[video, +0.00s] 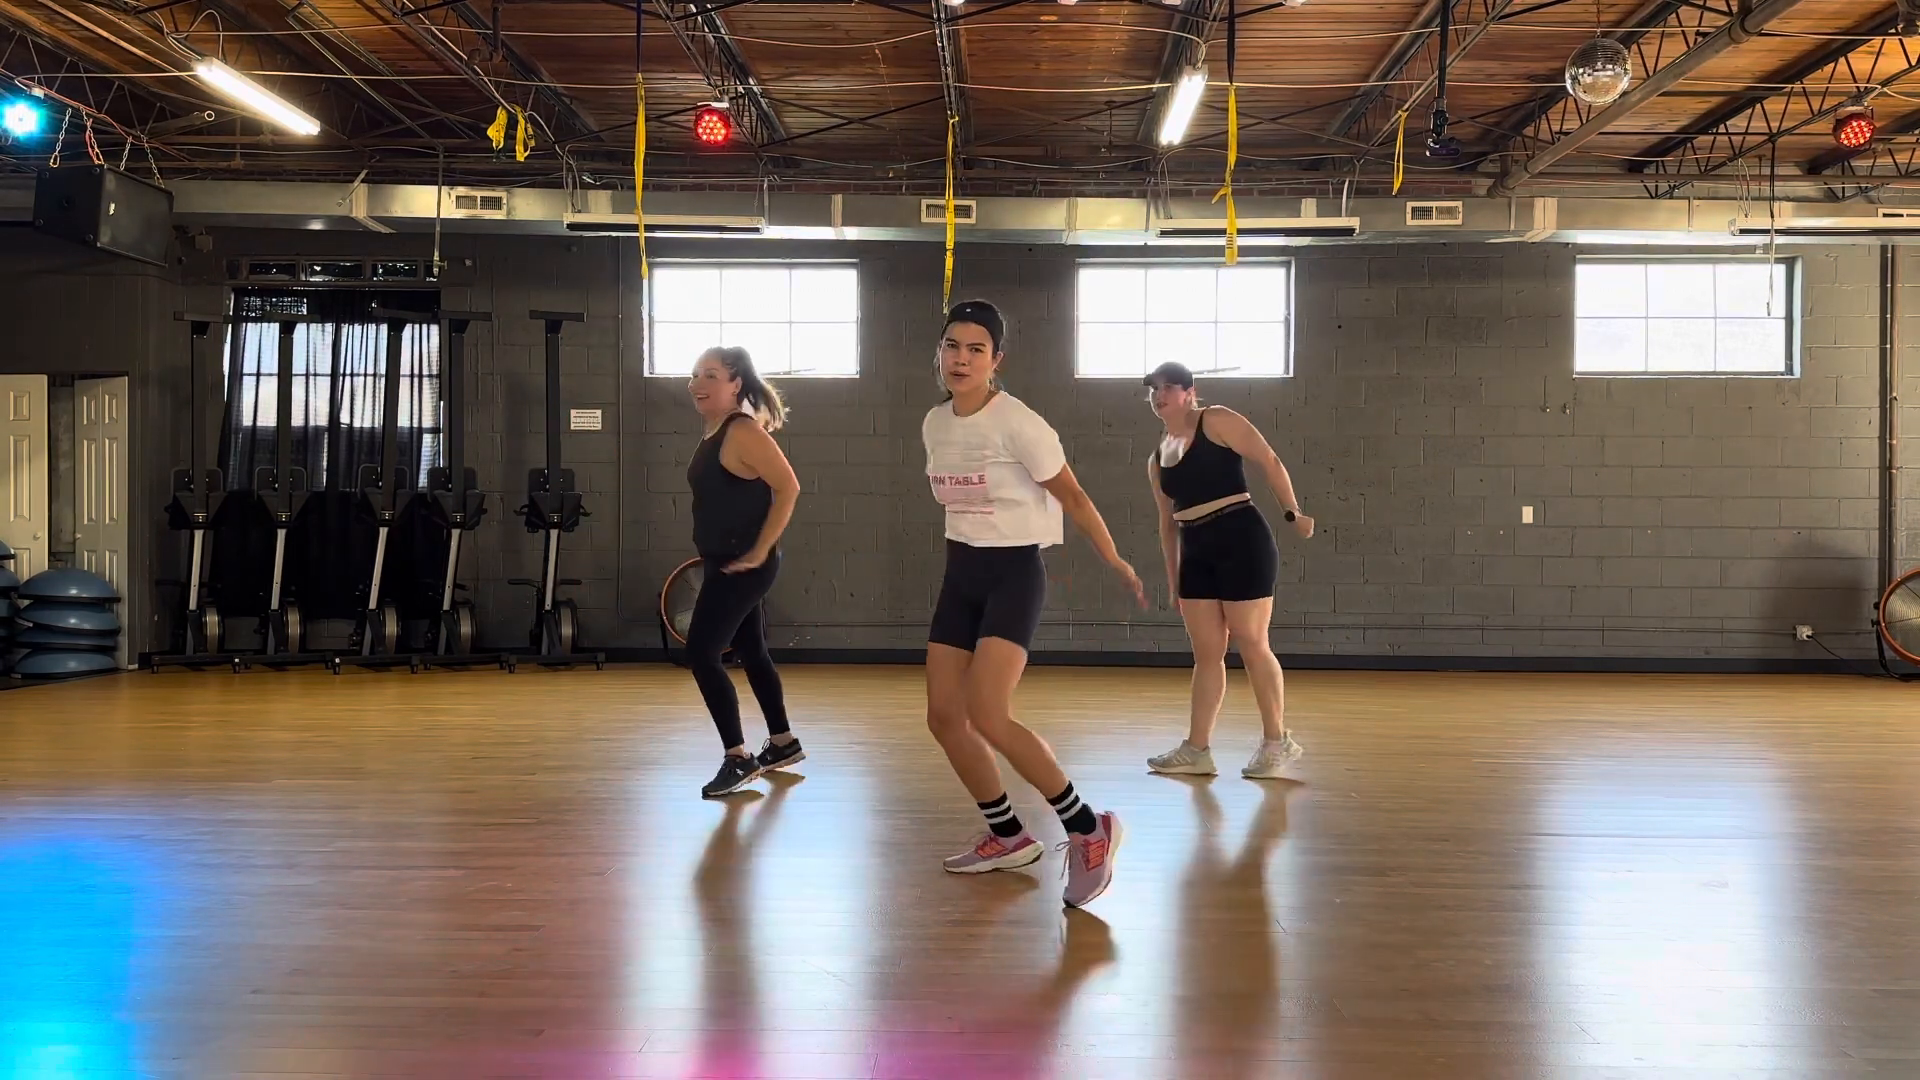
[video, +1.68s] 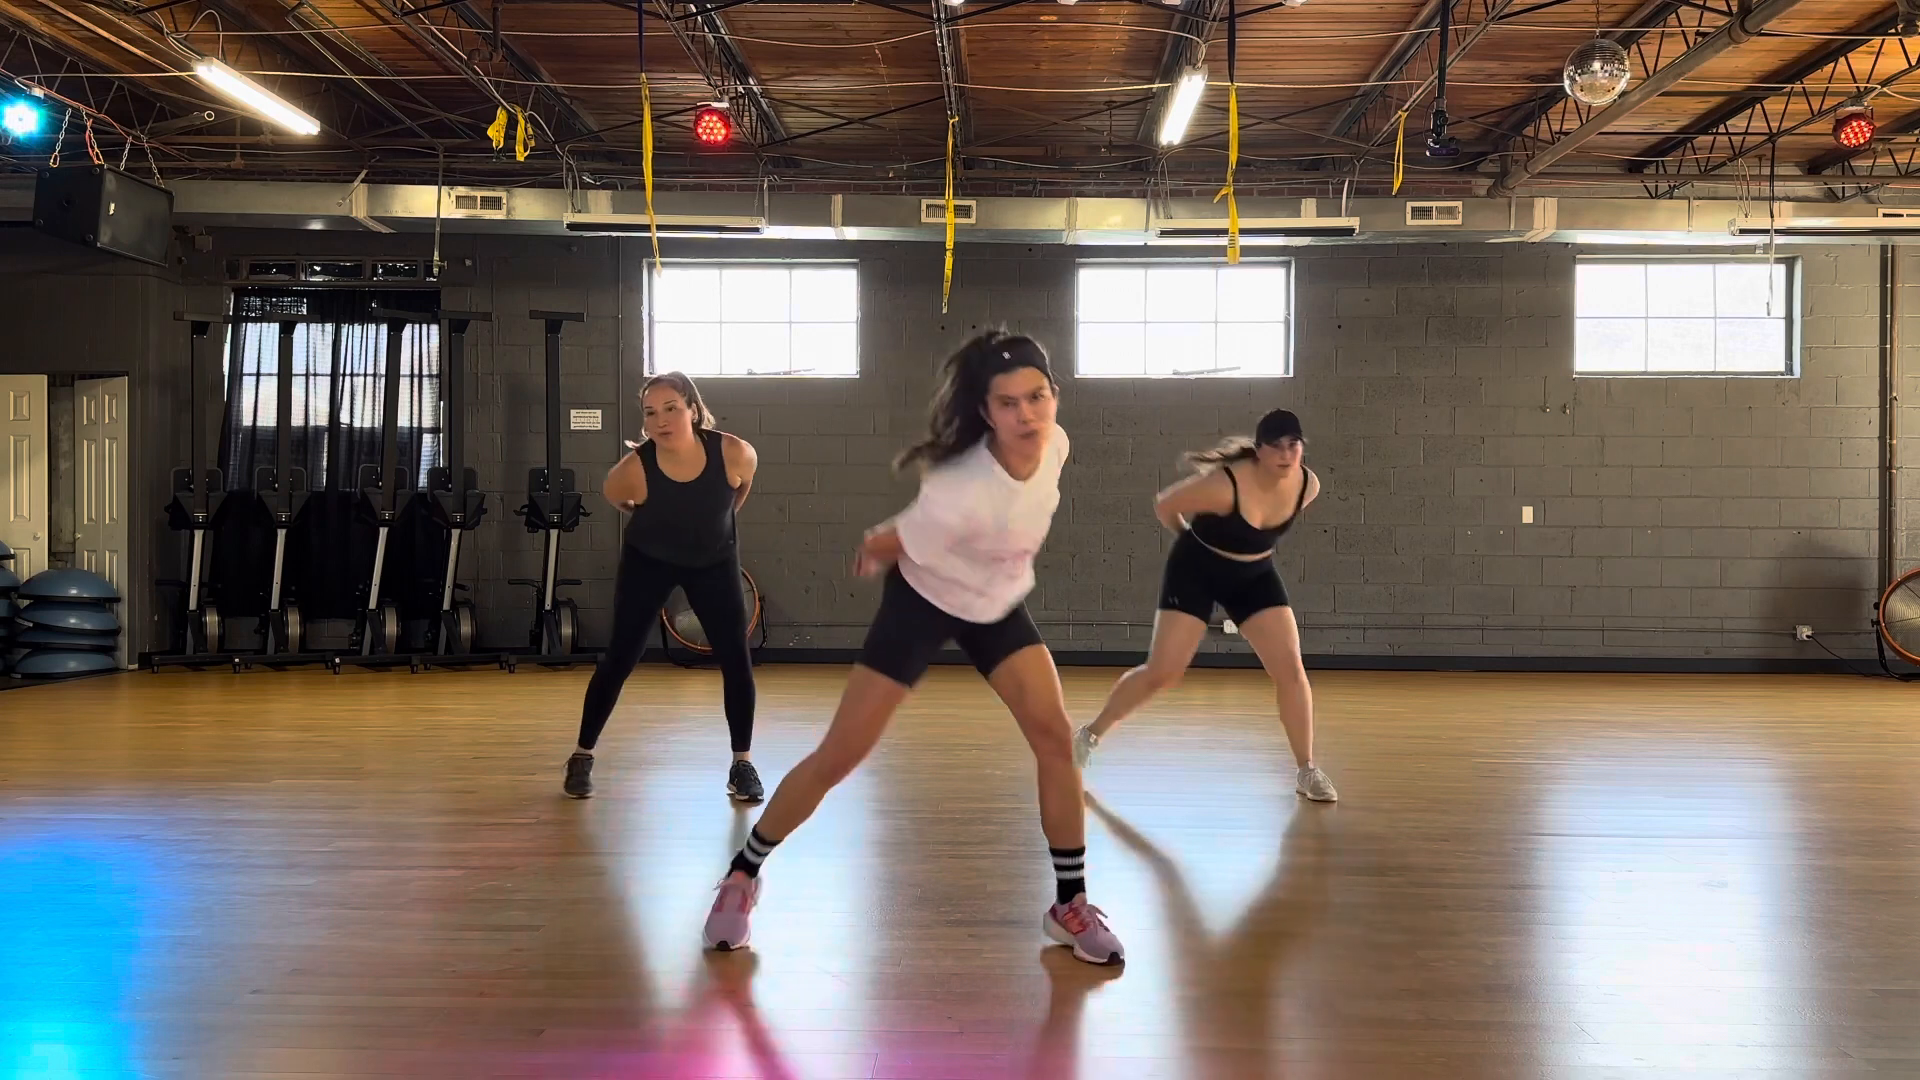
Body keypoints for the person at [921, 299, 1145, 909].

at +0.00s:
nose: (959, 356)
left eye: (974, 348)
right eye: (951, 344)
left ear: (995, 360)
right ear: (938, 352)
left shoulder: (1019, 423)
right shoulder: (935, 423)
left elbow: (1074, 497)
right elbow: (965, 498)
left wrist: (1115, 560)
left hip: (1015, 571)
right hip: (961, 570)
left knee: (989, 714)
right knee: (945, 716)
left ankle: (1087, 831)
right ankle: (1009, 835)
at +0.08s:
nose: (968, 352)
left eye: (981, 343)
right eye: (959, 340)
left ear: (1000, 354)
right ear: (944, 348)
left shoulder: (1026, 418)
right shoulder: (927, 418)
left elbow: (1077, 486)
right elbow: (917, 483)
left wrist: (1121, 546)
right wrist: (916, 542)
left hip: (1015, 566)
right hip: (956, 567)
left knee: (1007, 698)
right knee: (949, 712)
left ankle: (1086, 836)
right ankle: (1004, 829)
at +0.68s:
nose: (1027, 327)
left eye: (1038, 313)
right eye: (1011, 318)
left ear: (1056, 324)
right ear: (995, 336)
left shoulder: (1069, 390)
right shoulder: (983, 416)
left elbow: (1055, 472)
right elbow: (916, 498)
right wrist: (878, 582)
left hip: (1056, 568)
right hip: (982, 574)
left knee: (1061, 727)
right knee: (944, 732)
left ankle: (1056, 892)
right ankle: (908, 819)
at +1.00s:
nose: (956, 366)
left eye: (970, 353)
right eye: (942, 355)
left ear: (996, 364)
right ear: (928, 369)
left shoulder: (1044, 426)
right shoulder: (905, 453)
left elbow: (1057, 514)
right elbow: (910, 534)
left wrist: (1026, 574)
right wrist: (948, 581)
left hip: (1023, 589)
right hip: (939, 593)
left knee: (1062, 746)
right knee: (886, 744)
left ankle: (1051, 892)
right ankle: (833, 885)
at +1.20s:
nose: (879, 383)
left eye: (897, 372)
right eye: (873, 367)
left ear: (929, 386)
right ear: (861, 370)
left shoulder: (948, 465)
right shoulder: (859, 428)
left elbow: (1024, 523)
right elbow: (901, 502)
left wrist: (1026, 555)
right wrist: (980, 537)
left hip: (979, 587)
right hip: (902, 591)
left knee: (1058, 750)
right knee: (843, 731)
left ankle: (1133, 888)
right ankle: (826, 892)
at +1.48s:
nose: (952, 410)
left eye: (967, 396)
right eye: (938, 395)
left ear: (990, 406)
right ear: (917, 400)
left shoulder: (1015, 474)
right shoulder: (873, 455)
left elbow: (1003, 521)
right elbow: (836, 499)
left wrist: (947, 541)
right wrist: (892, 536)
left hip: (969, 587)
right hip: (881, 593)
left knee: (1052, 719)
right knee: (827, 735)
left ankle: (1125, 873)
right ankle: (810, 883)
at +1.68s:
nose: (1028, 413)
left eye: (1038, 395)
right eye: (1010, 401)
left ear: (1054, 396)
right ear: (984, 413)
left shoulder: (1056, 443)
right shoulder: (956, 491)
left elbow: (1008, 517)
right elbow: (888, 542)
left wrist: (925, 545)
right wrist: (879, 551)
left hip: (1000, 603)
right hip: (920, 599)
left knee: (1056, 738)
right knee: (841, 754)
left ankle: (1072, 905)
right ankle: (741, 878)